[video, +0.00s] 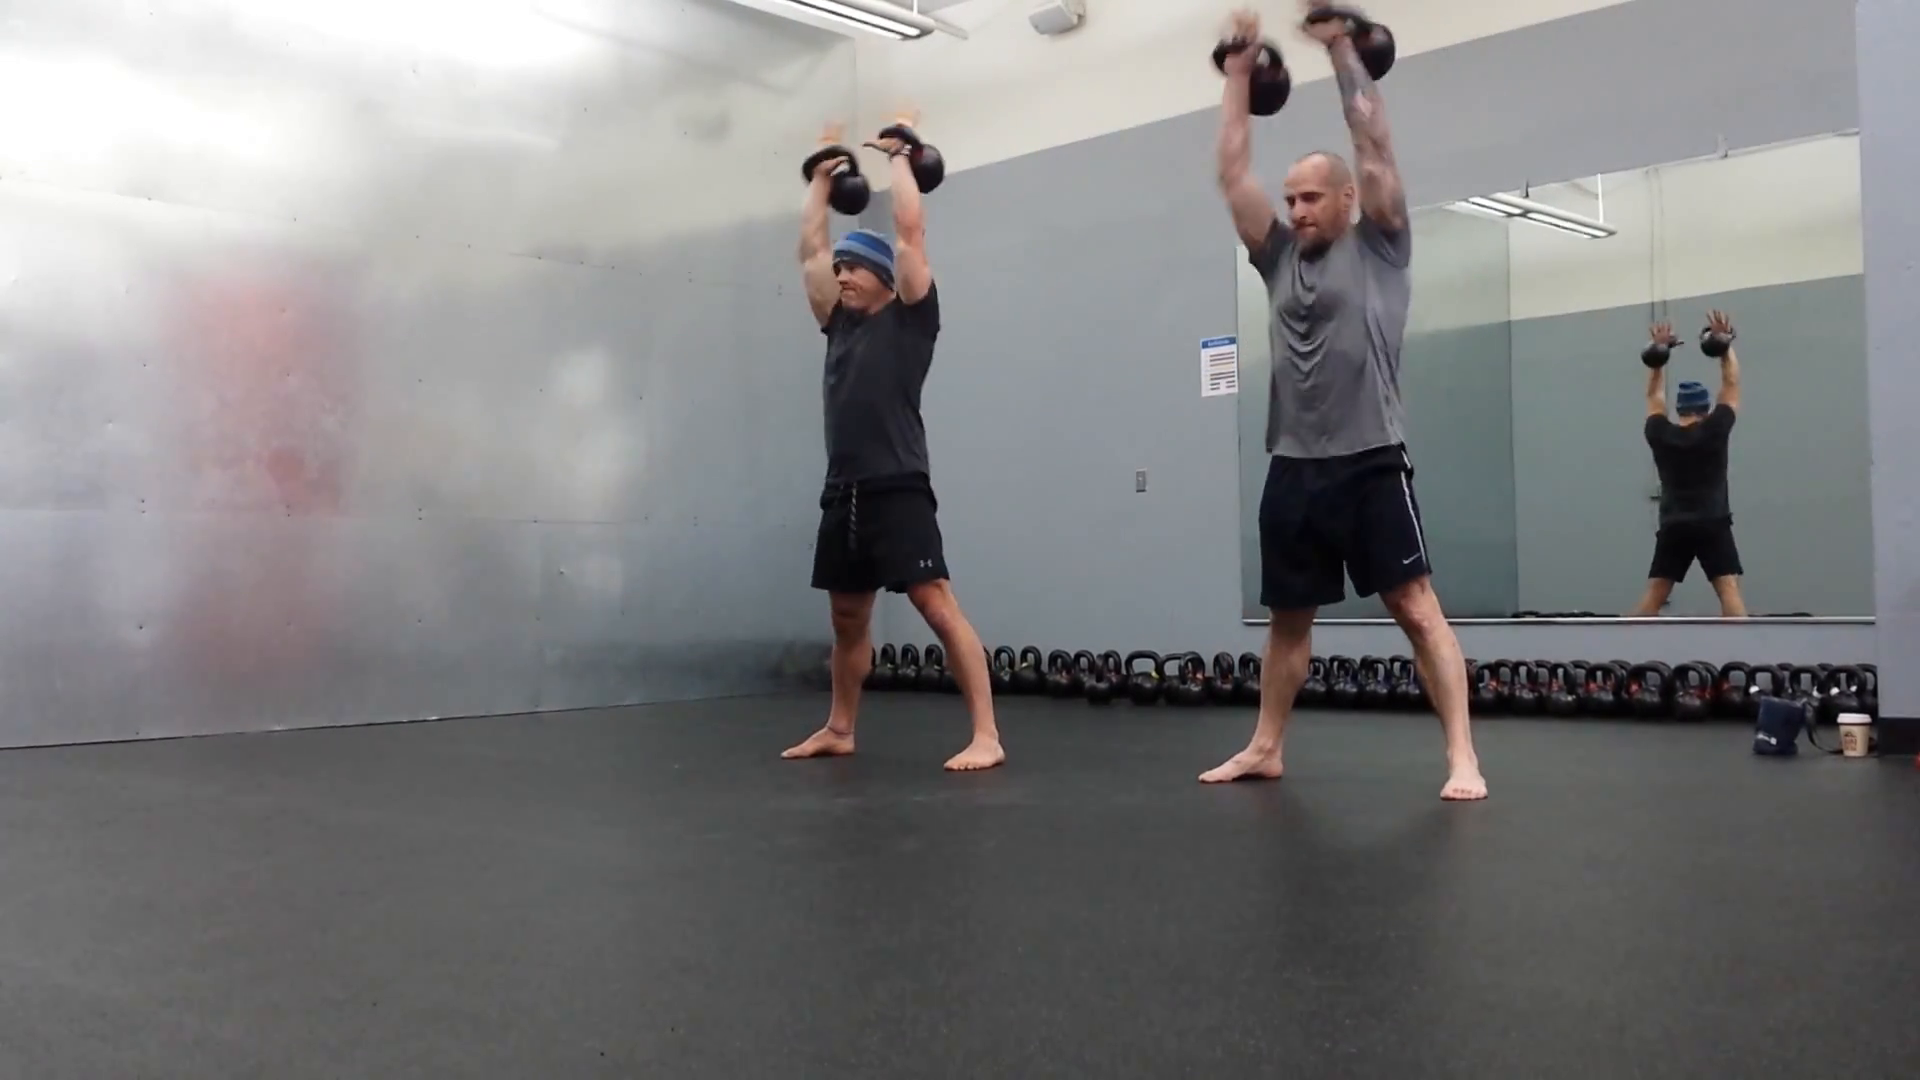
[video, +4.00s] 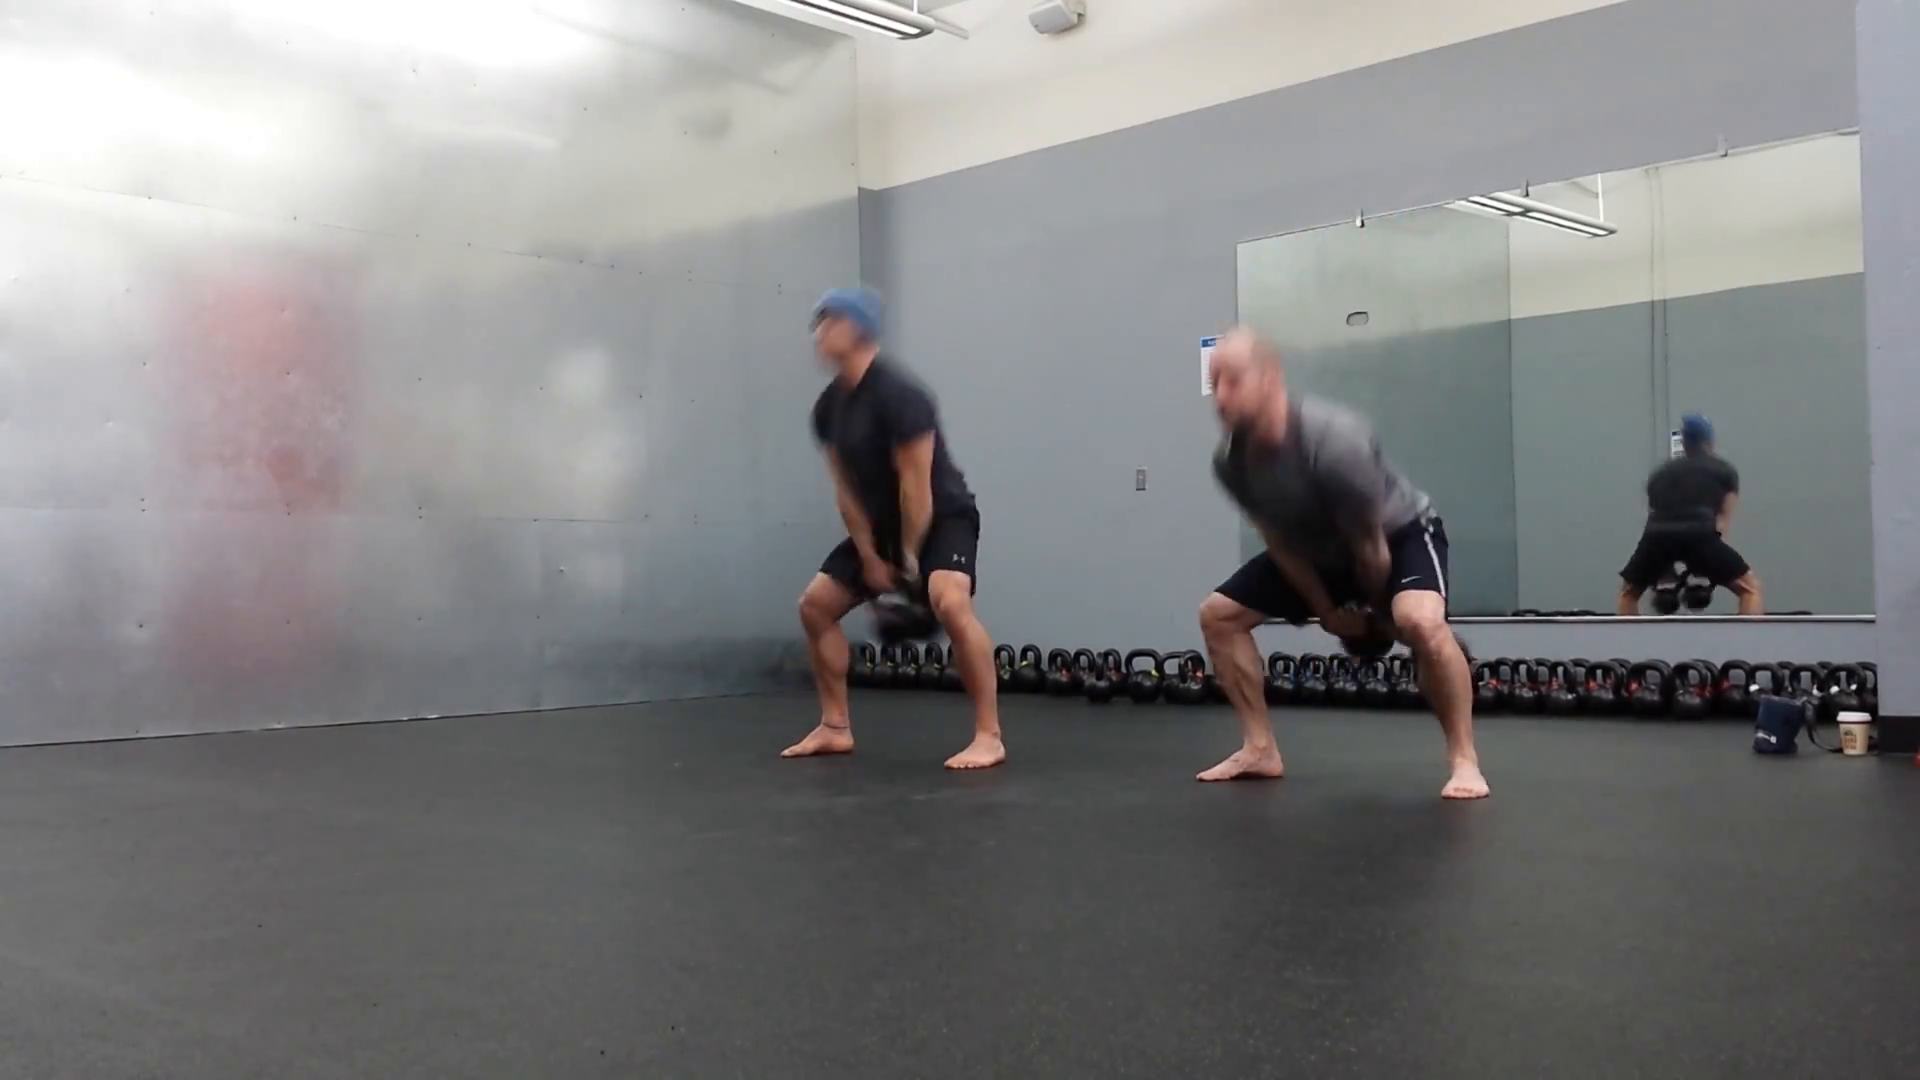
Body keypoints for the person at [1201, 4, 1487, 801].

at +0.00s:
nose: (1298, 209)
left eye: (1309, 197)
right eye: (1294, 200)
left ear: (1346, 198)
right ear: (1288, 208)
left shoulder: (1380, 248)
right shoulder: (1280, 257)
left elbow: (1376, 146)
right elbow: (1232, 171)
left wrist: (1340, 48)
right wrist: (1238, 71)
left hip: (1373, 461)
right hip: (1293, 466)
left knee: (1415, 607)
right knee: (1288, 617)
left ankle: (1462, 759)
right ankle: (1265, 747)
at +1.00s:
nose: (1343, 203)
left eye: (1358, 193)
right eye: (1338, 196)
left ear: (1394, 210)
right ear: (1332, 215)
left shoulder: (1417, 283)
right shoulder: (1315, 291)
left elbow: (1391, 329)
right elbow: (1256, 348)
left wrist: (1369, 255)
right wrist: (1269, 265)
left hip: (1375, 473)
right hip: (1299, 473)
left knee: (1416, 611)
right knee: (1288, 616)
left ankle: (1462, 757)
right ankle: (1265, 746)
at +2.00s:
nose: (1335, 206)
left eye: (1349, 194)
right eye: (1329, 197)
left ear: (1385, 204)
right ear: (1324, 209)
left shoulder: (1416, 279)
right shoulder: (1308, 284)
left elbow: (1401, 353)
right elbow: (1270, 378)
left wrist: (1340, 296)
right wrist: (1262, 310)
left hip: (1387, 467)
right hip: (1311, 470)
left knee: (1421, 610)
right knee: (1288, 613)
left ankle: (1464, 758)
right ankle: (1265, 747)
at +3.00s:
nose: (1331, 222)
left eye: (1344, 210)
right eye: (1324, 214)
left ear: (1379, 217)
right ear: (1318, 226)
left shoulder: (1411, 296)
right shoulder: (1308, 308)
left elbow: (1380, 383)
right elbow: (1288, 391)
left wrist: (1340, 460)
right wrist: (1271, 470)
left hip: (1401, 471)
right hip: (1327, 471)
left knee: (1437, 596)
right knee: (1270, 598)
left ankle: (1468, 755)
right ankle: (1262, 742)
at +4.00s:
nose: (1220, 396)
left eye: (1232, 379)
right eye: (1215, 383)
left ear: (1269, 377)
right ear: (1210, 388)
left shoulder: (1335, 440)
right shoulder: (1233, 462)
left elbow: (1373, 544)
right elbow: (1280, 544)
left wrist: (1373, 616)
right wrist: (1330, 615)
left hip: (1400, 534)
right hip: (1322, 545)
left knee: (1420, 622)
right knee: (1220, 615)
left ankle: (1464, 761)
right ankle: (1260, 749)